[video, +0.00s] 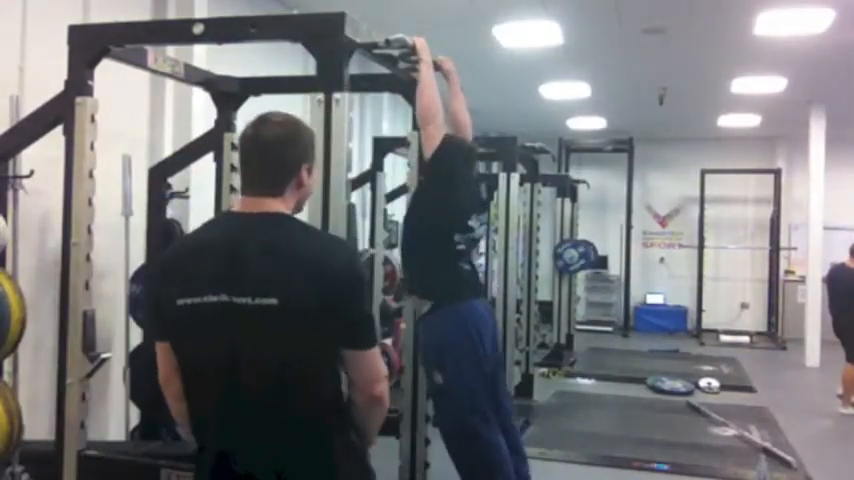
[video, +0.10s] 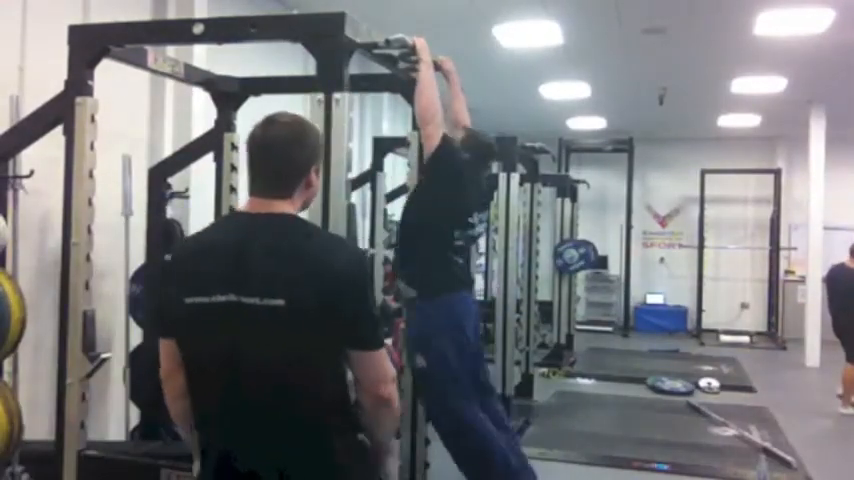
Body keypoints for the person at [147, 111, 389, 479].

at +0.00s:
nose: (314, 179)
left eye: (313, 169)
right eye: (314, 171)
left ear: (243, 169)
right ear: (303, 177)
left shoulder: (177, 261)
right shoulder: (331, 258)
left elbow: (171, 385)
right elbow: (372, 389)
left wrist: (205, 446)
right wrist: (355, 446)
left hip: (221, 463)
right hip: (315, 463)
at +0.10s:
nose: (319, 181)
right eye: (320, 173)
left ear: (251, 168)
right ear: (311, 179)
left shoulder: (187, 258)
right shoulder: (339, 262)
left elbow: (173, 381)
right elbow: (380, 391)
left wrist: (200, 451)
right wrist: (382, 452)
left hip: (225, 462)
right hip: (320, 462)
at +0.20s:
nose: (330, 177)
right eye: (329, 167)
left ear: (264, 170)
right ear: (323, 178)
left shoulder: (202, 256)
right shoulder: (351, 263)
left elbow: (181, 378)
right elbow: (390, 391)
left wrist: (198, 455)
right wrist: (407, 466)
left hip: (234, 463)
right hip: (329, 463)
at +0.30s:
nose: (347, 178)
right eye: (346, 170)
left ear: (279, 171)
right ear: (339, 179)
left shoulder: (219, 256)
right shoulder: (369, 266)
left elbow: (193, 376)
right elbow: (406, 393)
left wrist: (207, 455)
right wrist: (423, 469)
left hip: (248, 461)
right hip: (342, 463)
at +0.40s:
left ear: (296, 169)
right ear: (357, 182)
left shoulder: (235, 257)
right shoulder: (384, 264)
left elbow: (212, 376)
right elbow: (424, 394)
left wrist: (225, 453)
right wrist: (434, 471)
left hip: (265, 459)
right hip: (358, 462)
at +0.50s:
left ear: (317, 172)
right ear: (377, 183)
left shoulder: (258, 253)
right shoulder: (405, 266)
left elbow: (232, 377)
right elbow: (442, 398)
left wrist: (253, 450)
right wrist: (451, 471)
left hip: (283, 461)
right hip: (376, 463)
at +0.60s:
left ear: (336, 172)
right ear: (395, 185)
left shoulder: (278, 251)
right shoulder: (420, 266)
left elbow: (253, 375)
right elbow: (456, 399)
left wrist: (283, 444)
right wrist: (463, 471)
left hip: (300, 459)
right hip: (391, 463)